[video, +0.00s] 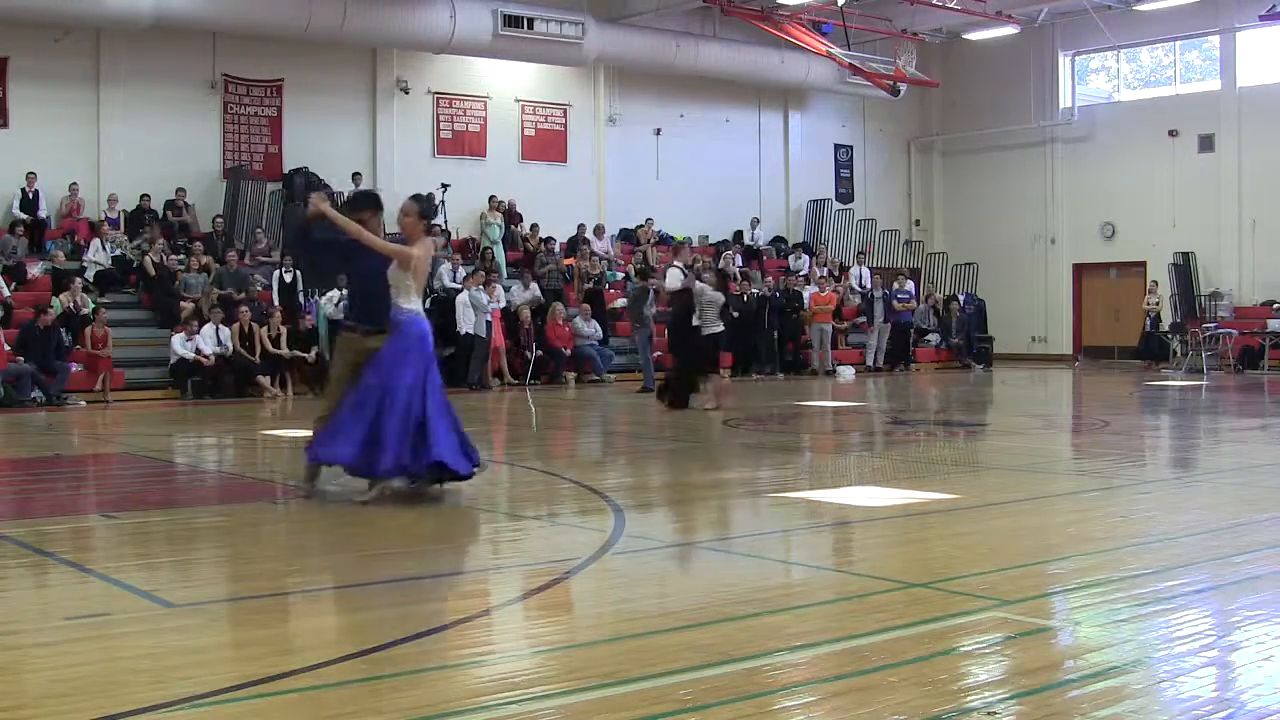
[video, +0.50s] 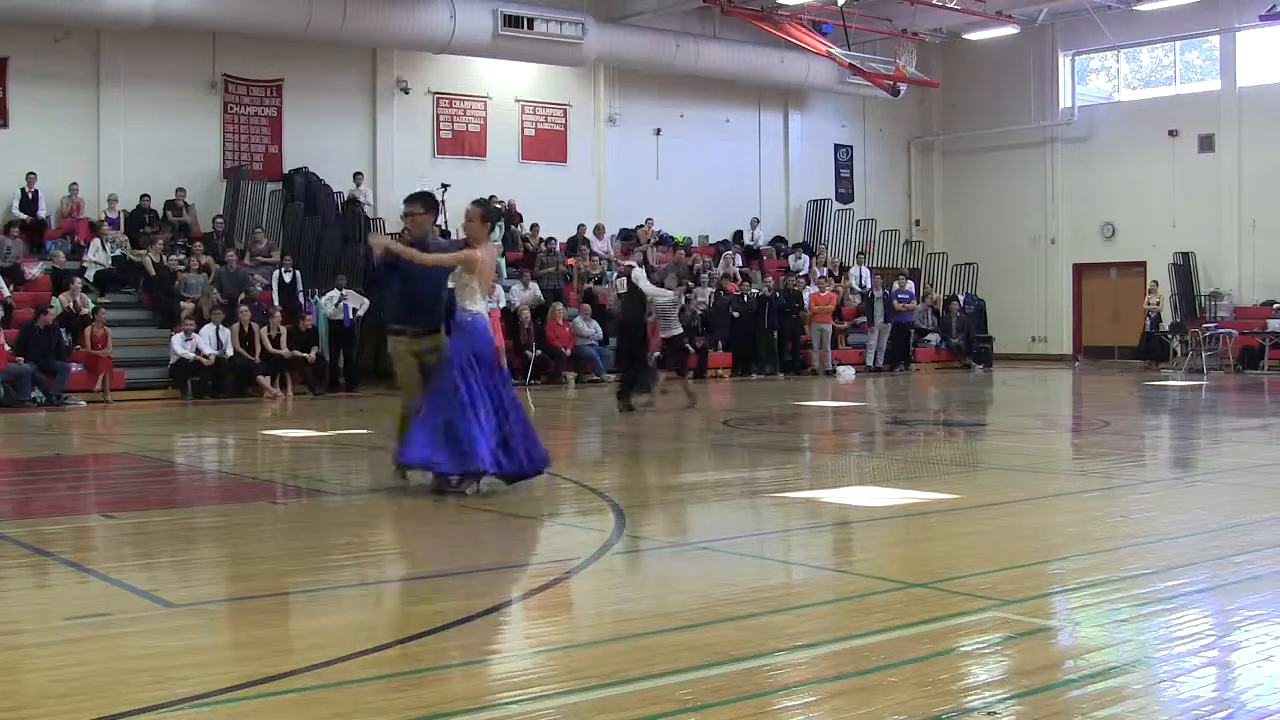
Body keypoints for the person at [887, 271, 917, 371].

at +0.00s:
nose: (900, 281)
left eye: (902, 279)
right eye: (898, 279)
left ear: (906, 281)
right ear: (896, 281)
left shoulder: (910, 293)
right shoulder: (894, 293)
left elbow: (914, 305)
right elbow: (896, 307)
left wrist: (901, 305)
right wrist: (908, 306)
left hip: (907, 321)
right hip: (897, 321)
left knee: (906, 343)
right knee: (896, 343)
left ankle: (906, 363)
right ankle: (896, 364)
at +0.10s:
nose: (900, 281)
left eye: (902, 279)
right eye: (898, 279)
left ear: (906, 281)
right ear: (896, 281)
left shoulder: (910, 293)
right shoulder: (894, 293)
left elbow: (914, 305)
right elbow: (896, 307)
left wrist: (901, 305)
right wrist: (908, 306)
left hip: (907, 321)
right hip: (897, 321)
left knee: (906, 343)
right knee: (896, 343)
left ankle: (906, 363)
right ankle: (896, 364)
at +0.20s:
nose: (900, 281)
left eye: (902, 279)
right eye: (898, 280)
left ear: (906, 281)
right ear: (896, 281)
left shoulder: (910, 293)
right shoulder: (894, 293)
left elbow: (914, 305)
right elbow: (896, 307)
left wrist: (902, 305)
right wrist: (908, 306)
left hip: (907, 321)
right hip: (897, 321)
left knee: (906, 343)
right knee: (896, 343)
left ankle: (906, 363)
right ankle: (896, 364)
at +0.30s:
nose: (901, 281)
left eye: (903, 279)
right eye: (899, 279)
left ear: (906, 281)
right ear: (897, 281)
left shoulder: (910, 293)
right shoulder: (894, 293)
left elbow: (914, 306)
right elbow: (896, 307)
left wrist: (902, 305)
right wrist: (909, 306)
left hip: (908, 321)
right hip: (897, 321)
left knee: (906, 343)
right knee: (897, 343)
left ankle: (907, 363)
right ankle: (896, 365)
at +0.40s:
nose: (901, 281)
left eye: (903, 279)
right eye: (899, 279)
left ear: (906, 281)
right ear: (897, 281)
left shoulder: (910, 293)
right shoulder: (894, 293)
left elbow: (914, 305)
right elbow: (896, 307)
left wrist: (902, 305)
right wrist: (909, 306)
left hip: (908, 321)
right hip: (898, 321)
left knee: (906, 343)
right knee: (897, 344)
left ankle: (907, 363)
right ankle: (896, 365)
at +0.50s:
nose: (901, 281)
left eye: (903, 279)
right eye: (899, 279)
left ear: (906, 281)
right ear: (897, 281)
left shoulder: (911, 293)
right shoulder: (894, 293)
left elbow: (914, 305)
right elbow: (896, 307)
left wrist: (902, 305)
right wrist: (909, 306)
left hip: (908, 321)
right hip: (897, 321)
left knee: (906, 343)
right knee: (897, 344)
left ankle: (907, 363)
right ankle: (896, 364)